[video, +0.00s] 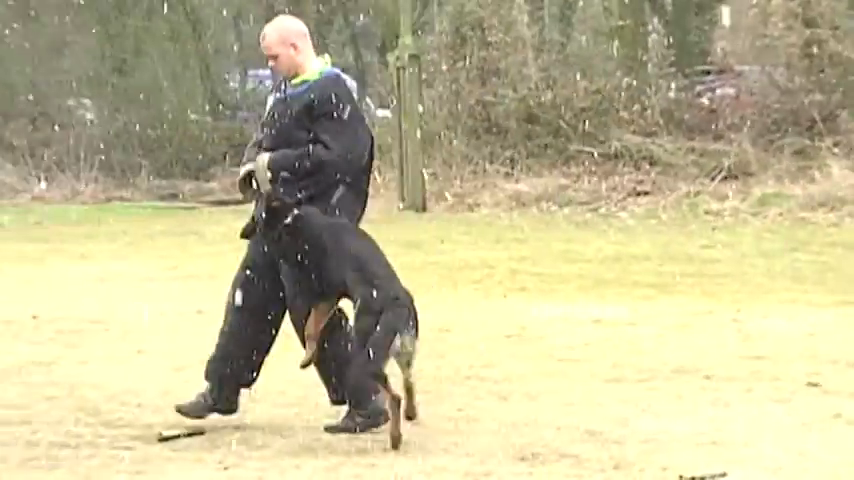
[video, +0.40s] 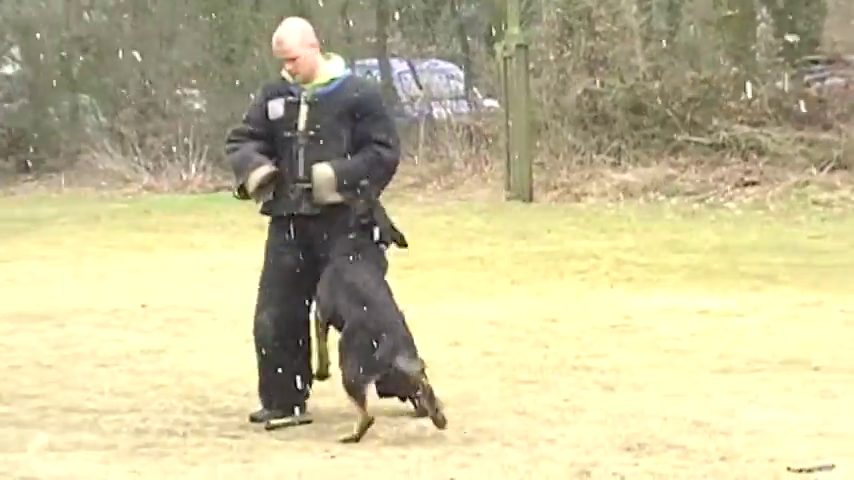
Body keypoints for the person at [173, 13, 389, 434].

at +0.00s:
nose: (270, 66)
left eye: (273, 57)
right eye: (267, 59)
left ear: (296, 46)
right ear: (290, 49)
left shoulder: (332, 89)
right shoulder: (284, 95)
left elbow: (340, 155)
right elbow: (270, 143)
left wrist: (275, 164)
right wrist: (255, 163)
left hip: (318, 220)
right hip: (277, 218)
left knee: (317, 312)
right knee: (249, 301)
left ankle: (367, 403)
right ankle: (221, 392)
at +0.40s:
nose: (286, 68)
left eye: (292, 59)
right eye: (281, 62)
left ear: (316, 48)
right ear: (278, 59)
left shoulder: (359, 93)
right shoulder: (273, 97)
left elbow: (384, 154)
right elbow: (241, 142)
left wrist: (338, 175)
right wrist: (255, 168)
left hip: (347, 226)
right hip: (289, 228)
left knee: (364, 303)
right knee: (275, 317)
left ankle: (404, 376)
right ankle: (284, 403)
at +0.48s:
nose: (311, 64)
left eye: (317, 55)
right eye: (305, 57)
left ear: (341, 46)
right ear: (301, 55)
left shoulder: (381, 91)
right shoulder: (292, 93)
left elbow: (409, 148)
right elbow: (254, 137)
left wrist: (369, 167)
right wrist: (280, 165)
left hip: (368, 219)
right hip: (311, 221)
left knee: (374, 296)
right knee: (303, 311)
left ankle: (406, 382)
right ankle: (309, 403)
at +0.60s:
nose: (357, 58)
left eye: (363, 49)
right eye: (350, 51)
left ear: (382, 42)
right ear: (341, 49)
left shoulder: (412, 90)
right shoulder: (325, 87)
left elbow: (438, 148)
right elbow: (288, 133)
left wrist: (399, 164)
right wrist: (328, 162)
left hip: (397, 219)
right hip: (342, 219)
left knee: (408, 300)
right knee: (338, 305)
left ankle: (408, 386)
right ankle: (342, 399)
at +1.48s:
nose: (379, 7)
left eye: (382, 1)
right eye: (369, 1)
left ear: (388, 5)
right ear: (349, 7)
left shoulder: (410, 51)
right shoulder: (335, 61)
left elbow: (441, 95)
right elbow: (314, 118)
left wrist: (430, 114)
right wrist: (376, 132)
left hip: (423, 178)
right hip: (373, 185)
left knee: (442, 263)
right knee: (365, 272)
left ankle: (461, 354)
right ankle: (335, 358)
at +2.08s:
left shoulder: (403, 19)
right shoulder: (315, 18)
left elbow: (431, 75)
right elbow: (288, 70)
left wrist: (411, 102)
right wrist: (336, 91)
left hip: (401, 145)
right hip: (347, 145)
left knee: (416, 232)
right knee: (336, 235)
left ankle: (432, 321)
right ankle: (304, 320)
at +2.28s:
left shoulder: (363, 32)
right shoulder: (276, 42)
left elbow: (399, 78)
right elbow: (253, 99)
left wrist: (389, 111)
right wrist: (296, 120)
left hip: (373, 160)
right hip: (321, 166)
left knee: (391, 247)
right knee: (316, 255)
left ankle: (410, 337)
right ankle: (289, 340)